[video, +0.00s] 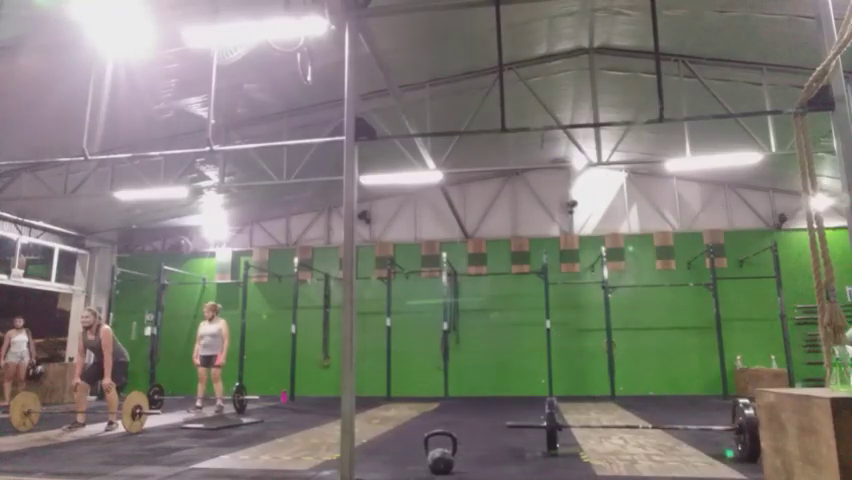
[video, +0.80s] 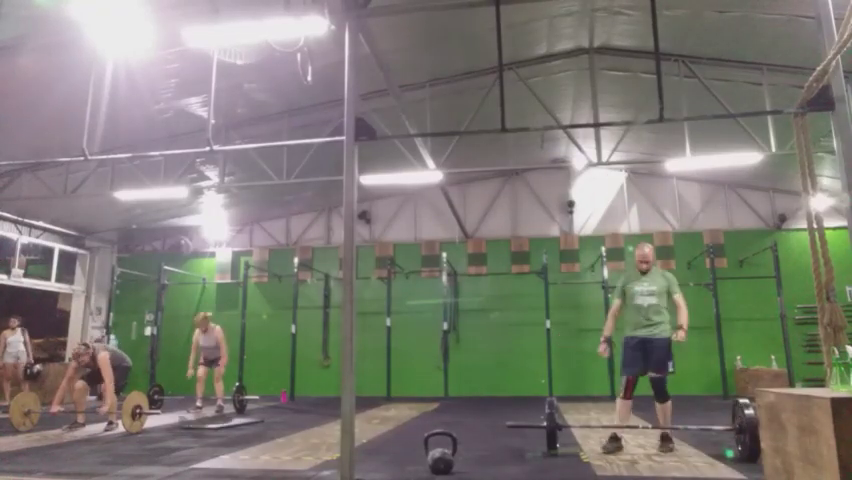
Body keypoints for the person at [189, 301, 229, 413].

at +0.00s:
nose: (206, 314)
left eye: (208, 311)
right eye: (205, 311)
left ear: (214, 312)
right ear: (204, 312)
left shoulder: (221, 323)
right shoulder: (202, 324)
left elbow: (226, 340)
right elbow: (198, 341)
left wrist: (223, 356)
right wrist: (195, 355)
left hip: (216, 353)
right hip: (203, 353)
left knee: (215, 377)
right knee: (201, 378)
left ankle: (219, 401)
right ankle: (199, 401)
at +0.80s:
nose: (202, 329)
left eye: (203, 326)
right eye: (200, 327)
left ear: (207, 324)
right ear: (198, 326)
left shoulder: (217, 330)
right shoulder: (197, 332)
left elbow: (223, 346)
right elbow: (193, 350)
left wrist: (223, 362)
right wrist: (191, 367)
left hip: (217, 356)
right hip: (204, 356)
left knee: (217, 377)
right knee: (200, 375)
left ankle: (220, 401)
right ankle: (199, 400)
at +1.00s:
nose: (196, 352)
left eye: (197, 349)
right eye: (194, 350)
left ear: (203, 348)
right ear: (192, 350)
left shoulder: (211, 352)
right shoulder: (192, 354)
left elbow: (216, 370)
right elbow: (187, 371)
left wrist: (216, 391)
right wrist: (180, 390)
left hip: (220, 364)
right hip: (204, 366)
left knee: (217, 378)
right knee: (193, 377)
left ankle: (219, 403)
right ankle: (197, 404)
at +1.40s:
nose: (192, 344)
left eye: (194, 342)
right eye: (191, 342)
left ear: (200, 342)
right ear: (190, 342)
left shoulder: (210, 349)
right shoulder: (191, 351)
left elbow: (218, 366)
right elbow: (187, 366)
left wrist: (218, 383)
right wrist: (184, 383)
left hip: (217, 362)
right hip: (201, 364)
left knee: (217, 383)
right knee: (194, 379)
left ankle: (219, 404)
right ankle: (197, 404)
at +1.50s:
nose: (195, 328)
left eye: (198, 325)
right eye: (194, 325)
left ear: (204, 326)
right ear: (193, 326)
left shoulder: (212, 336)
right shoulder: (194, 337)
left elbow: (223, 352)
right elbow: (189, 353)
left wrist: (220, 367)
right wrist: (185, 368)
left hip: (217, 356)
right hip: (203, 356)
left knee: (218, 376)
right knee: (198, 375)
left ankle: (219, 403)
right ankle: (198, 403)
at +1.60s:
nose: (203, 312)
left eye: (206, 310)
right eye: (202, 310)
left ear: (212, 311)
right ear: (201, 312)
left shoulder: (218, 324)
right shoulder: (200, 325)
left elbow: (225, 338)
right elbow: (192, 340)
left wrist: (223, 354)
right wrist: (189, 354)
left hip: (215, 355)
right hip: (201, 355)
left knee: (215, 379)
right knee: (200, 379)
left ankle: (219, 402)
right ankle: (198, 403)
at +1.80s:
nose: (202, 316)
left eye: (204, 314)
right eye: (201, 314)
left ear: (210, 315)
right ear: (200, 316)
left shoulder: (217, 327)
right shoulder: (199, 329)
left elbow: (223, 342)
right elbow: (192, 344)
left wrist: (223, 359)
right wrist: (189, 360)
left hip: (217, 356)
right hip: (203, 356)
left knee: (217, 378)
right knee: (199, 377)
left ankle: (219, 402)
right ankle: (198, 402)